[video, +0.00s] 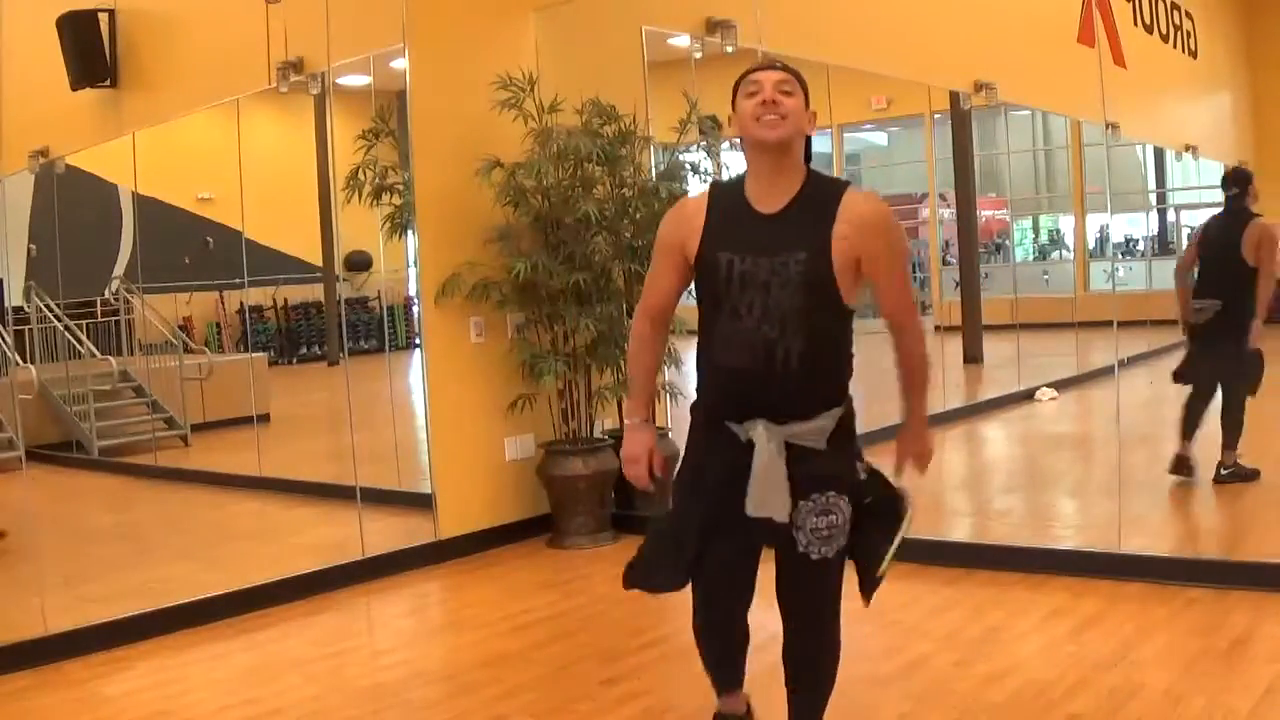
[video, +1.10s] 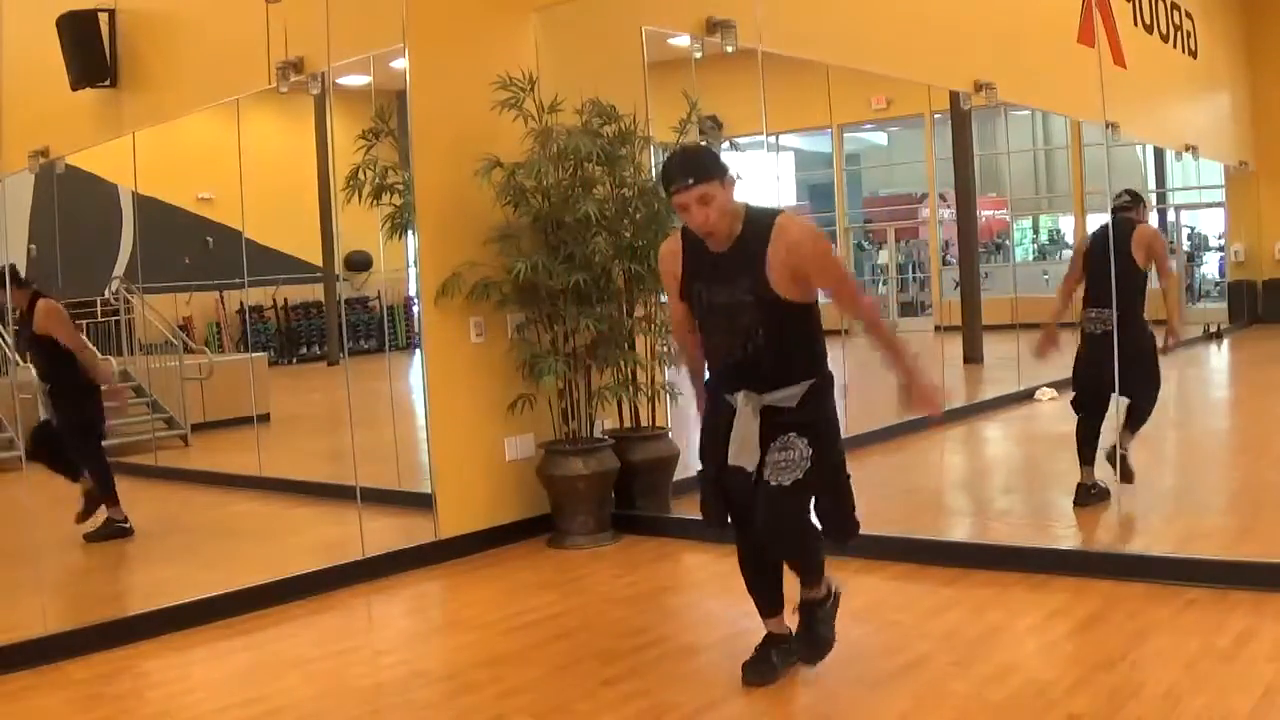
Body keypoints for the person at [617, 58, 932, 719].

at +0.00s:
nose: (769, 98)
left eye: (785, 91)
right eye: (753, 92)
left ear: (810, 120)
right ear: (734, 123)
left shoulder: (858, 214)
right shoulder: (692, 218)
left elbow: (906, 326)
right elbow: (649, 321)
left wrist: (915, 421)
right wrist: (637, 421)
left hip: (817, 443)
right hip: (722, 441)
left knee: (811, 612)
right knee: (716, 604)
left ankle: (806, 716)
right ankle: (729, 706)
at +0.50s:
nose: (717, 188)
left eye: (728, 178)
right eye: (705, 182)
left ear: (752, 191)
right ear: (694, 202)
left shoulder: (795, 266)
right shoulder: (683, 274)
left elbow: (822, 371)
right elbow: (657, 351)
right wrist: (645, 363)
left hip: (789, 434)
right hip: (721, 433)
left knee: (790, 564)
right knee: (731, 553)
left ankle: (791, 694)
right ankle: (773, 631)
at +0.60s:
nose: (713, 165)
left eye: (724, 155)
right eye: (701, 160)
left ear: (746, 168)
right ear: (691, 181)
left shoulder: (784, 232)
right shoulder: (680, 249)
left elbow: (771, 331)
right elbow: (637, 332)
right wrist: (619, 284)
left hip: (795, 406)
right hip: (732, 408)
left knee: (791, 535)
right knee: (743, 533)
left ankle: (787, 668)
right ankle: (775, 628)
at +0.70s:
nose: (711, 158)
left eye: (722, 149)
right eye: (699, 153)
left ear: (744, 164)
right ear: (689, 174)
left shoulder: (779, 223)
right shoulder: (676, 238)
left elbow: (731, 298)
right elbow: (624, 293)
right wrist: (611, 223)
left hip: (803, 397)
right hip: (740, 403)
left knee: (786, 522)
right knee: (754, 523)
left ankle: (798, 644)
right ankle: (775, 633)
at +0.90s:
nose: (700, 191)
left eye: (711, 176)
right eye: (689, 181)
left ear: (735, 171)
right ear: (679, 186)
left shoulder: (774, 224)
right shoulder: (679, 237)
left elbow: (726, 305)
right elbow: (662, 302)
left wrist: (644, 297)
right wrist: (625, 290)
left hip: (802, 388)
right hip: (742, 392)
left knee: (773, 515)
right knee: (753, 514)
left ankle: (832, 559)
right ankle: (779, 635)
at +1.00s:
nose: (699, 214)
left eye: (706, 198)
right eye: (687, 205)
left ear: (731, 180)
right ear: (678, 201)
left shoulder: (784, 229)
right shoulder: (683, 241)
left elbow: (785, 334)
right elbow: (669, 332)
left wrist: (756, 419)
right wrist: (662, 411)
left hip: (798, 392)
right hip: (734, 395)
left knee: (776, 509)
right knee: (749, 515)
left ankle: (828, 555)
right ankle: (777, 637)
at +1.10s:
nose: (697, 218)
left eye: (704, 201)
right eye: (683, 208)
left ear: (728, 185)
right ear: (673, 207)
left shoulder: (790, 235)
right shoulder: (677, 252)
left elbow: (859, 305)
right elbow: (685, 332)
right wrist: (701, 395)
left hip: (797, 401)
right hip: (733, 406)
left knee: (781, 514)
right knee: (748, 525)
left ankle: (817, 592)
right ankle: (776, 634)